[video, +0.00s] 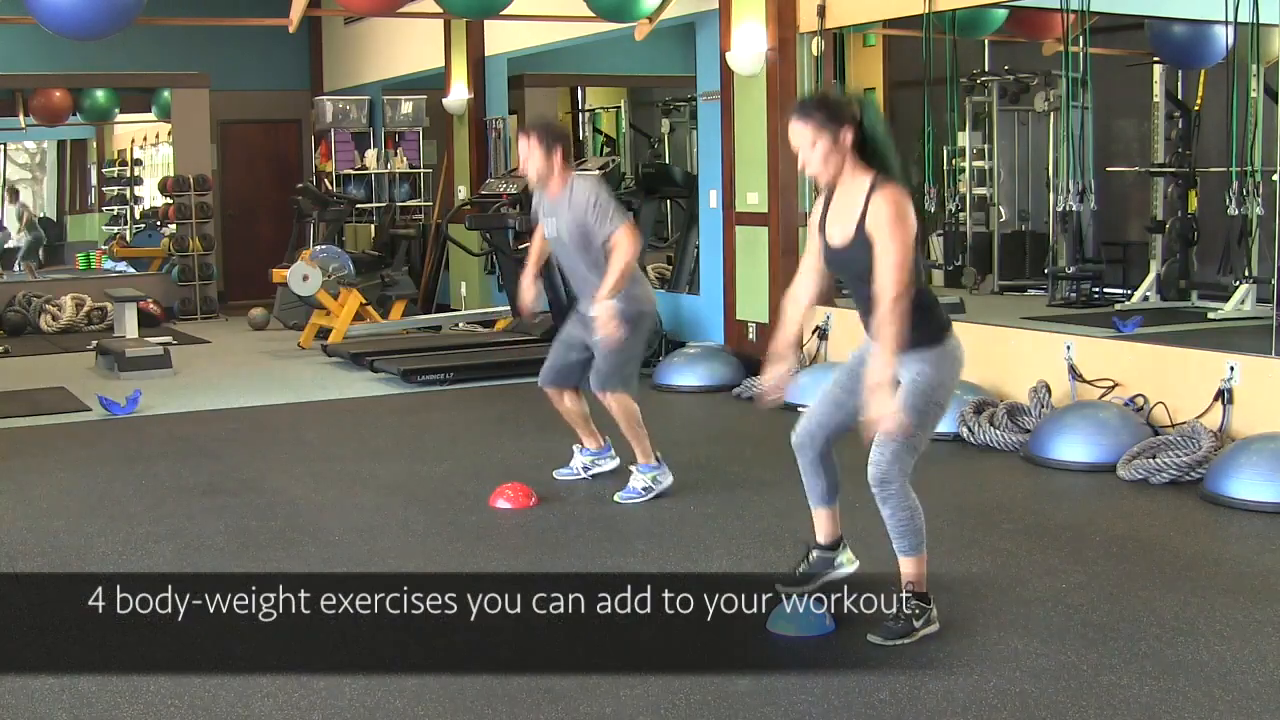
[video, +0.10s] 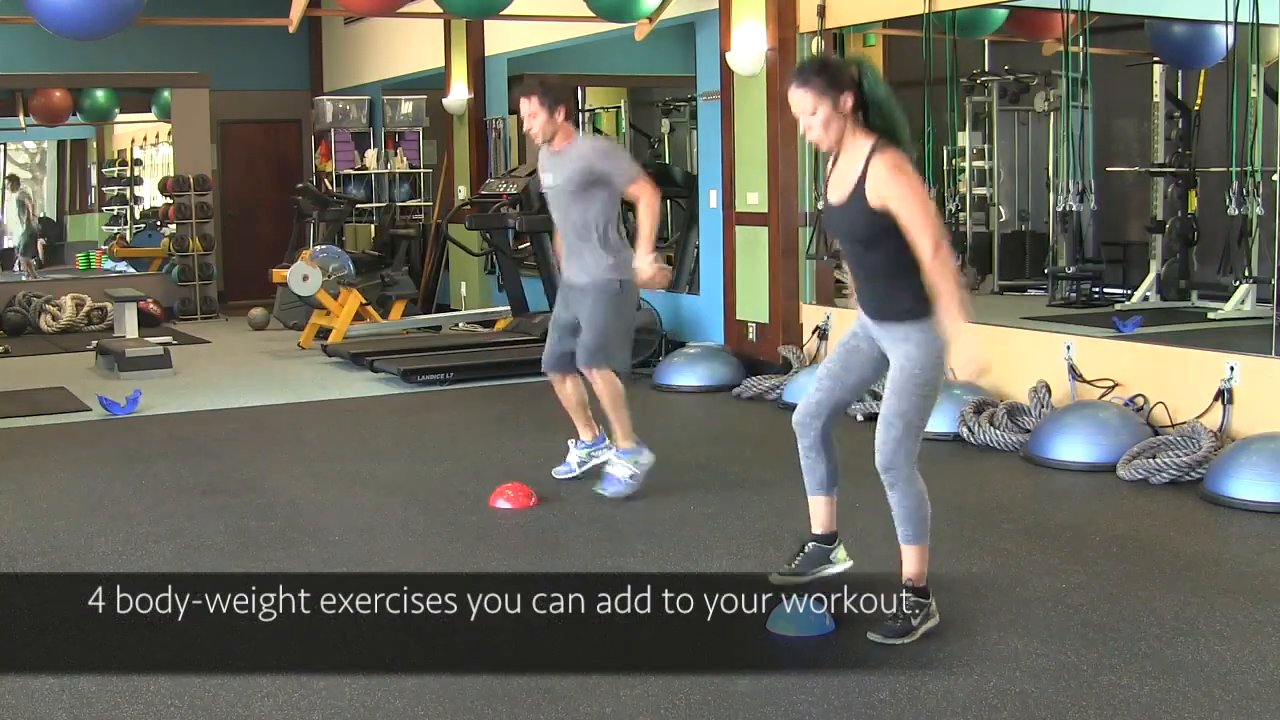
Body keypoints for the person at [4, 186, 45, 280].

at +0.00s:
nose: (7, 198)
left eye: (9, 195)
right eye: (7, 195)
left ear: (14, 195)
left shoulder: (21, 206)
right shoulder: (18, 207)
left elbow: (27, 214)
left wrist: (22, 227)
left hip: (35, 235)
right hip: (32, 235)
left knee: (23, 258)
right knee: (25, 258)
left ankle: (35, 279)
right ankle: (35, 278)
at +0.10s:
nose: (8, 186)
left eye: (9, 183)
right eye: (7, 183)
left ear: (15, 183)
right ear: (15, 183)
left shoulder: (22, 194)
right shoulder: (19, 195)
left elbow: (30, 205)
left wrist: (29, 220)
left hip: (28, 228)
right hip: (24, 227)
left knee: (23, 253)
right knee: (22, 253)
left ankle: (32, 275)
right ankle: (31, 275)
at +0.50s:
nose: (9, 185)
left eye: (11, 182)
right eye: (9, 182)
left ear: (17, 182)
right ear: (15, 182)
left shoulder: (21, 192)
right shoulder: (16, 194)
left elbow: (26, 205)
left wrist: (14, 215)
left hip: (26, 228)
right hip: (19, 228)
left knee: (23, 254)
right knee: (13, 251)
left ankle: (31, 277)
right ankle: (15, 274)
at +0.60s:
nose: (8, 185)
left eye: (9, 182)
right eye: (7, 183)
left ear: (15, 181)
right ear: (14, 182)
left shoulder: (23, 190)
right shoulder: (19, 192)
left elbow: (27, 203)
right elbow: (26, 207)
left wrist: (13, 213)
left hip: (30, 225)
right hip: (24, 225)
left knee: (25, 250)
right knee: (18, 248)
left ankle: (30, 272)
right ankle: (22, 271)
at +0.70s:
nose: (7, 193)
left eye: (7, 190)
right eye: (6, 191)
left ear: (13, 189)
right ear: (13, 189)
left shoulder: (24, 198)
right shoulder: (19, 200)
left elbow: (27, 211)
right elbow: (22, 212)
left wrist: (10, 215)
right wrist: (9, 215)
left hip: (35, 230)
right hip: (28, 230)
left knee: (25, 254)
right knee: (19, 253)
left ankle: (33, 276)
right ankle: (28, 277)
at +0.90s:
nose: (5, 220)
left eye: (6, 218)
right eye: (5, 218)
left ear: (11, 216)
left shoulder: (22, 223)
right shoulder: (18, 224)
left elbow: (14, 237)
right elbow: (13, 235)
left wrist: (3, 230)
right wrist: (3, 230)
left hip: (42, 246)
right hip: (37, 246)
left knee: (24, 259)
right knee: (22, 259)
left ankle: (34, 280)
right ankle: (34, 279)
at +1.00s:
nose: (5, 228)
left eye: (6, 225)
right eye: (5, 226)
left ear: (11, 224)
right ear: (14, 224)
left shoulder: (21, 230)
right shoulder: (17, 233)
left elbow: (9, 244)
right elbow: (8, 244)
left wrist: (2, 235)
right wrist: (2, 236)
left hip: (45, 252)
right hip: (38, 252)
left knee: (25, 259)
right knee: (20, 259)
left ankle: (35, 280)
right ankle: (31, 280)